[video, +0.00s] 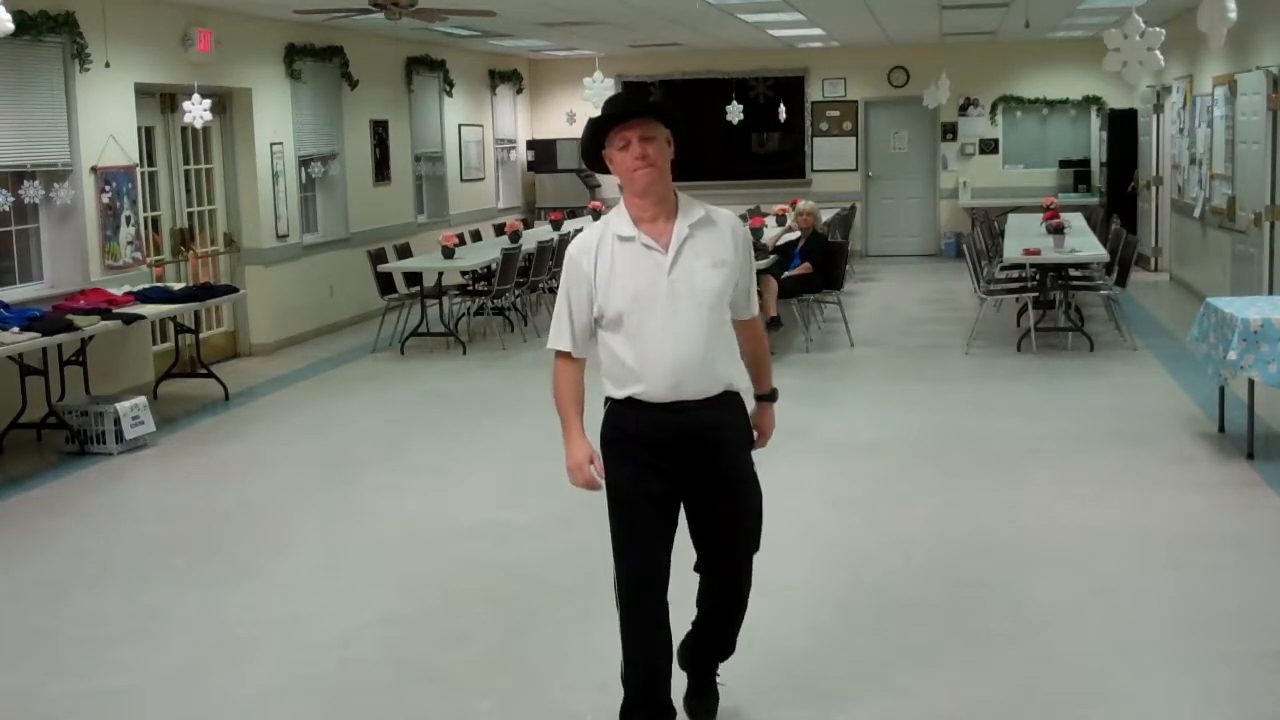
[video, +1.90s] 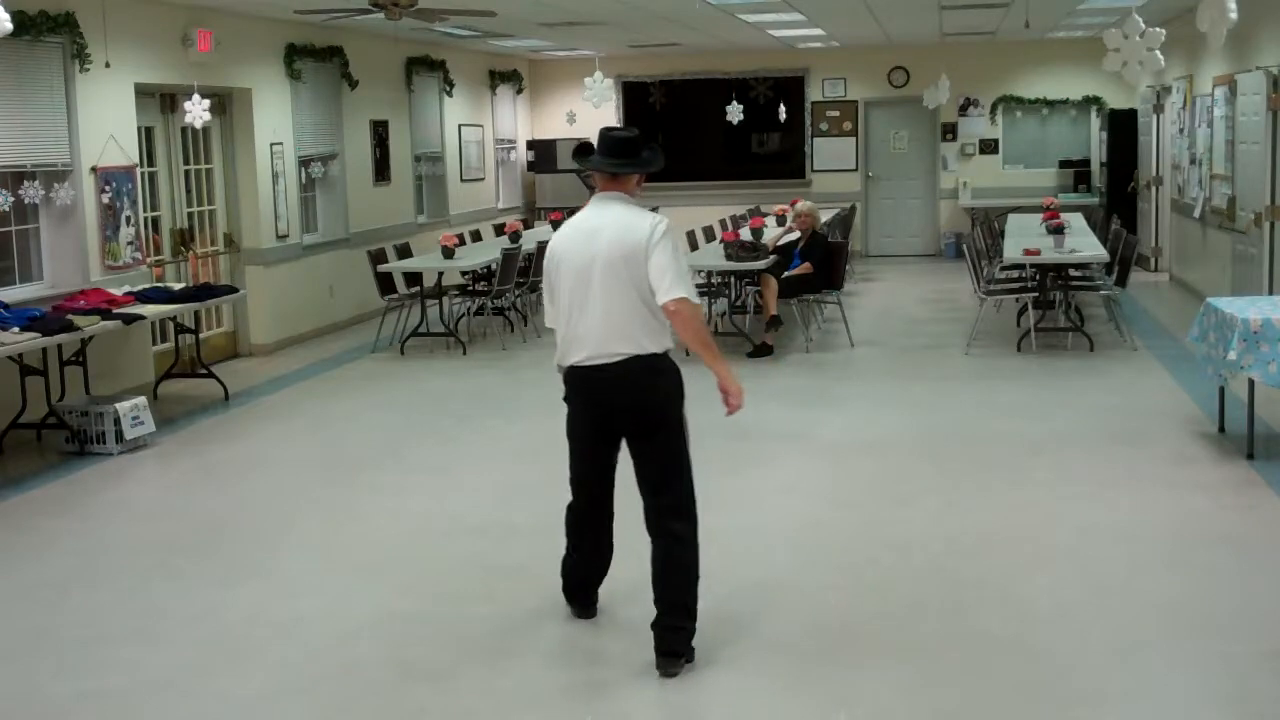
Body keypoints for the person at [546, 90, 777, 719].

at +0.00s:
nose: (639, 150)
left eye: (648, 138)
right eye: (624, 144)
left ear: (671, 149)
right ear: (609, 165)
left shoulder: (726, 230)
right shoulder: (589, 247)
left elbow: (747, 318)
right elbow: (568, 351)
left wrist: (764, 394)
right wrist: (574, 435)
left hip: (718, 425)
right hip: (636, 430)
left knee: (732, 569)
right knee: (640, 585)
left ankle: (702, 661)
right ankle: (645, 713)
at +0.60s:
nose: (638, 171)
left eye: (644, 156)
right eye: (636, 159)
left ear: (678, 151)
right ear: (676, 155)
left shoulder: (747, 232)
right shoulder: (674, 229)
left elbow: (808, 327)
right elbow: (660, 328)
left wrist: (816, 429)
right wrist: (632, 405)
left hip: (740, 426)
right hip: (679, 422)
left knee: (755, 569)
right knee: (650, 552)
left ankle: (778, 699)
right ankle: (680, 680)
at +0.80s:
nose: (650, 175)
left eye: (650, 162)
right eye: (650, 163)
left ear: (667, 156)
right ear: (698, 157)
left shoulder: (712, 229)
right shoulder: (704, 222)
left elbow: (738, 330)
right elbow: (724, 329)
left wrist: (744, 424)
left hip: (721, 419)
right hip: (700, 414)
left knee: (739, 561)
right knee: (690, 537)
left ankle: (776, 703)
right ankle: (729, 672)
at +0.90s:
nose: (650, 169)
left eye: (651, 157)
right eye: (652, 157)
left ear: (664, 156)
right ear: (706, 156)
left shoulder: (696, 225)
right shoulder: (730, 218)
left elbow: (697, 330)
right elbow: (760, 305)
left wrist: (682, 421)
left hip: (706, 409)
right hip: (738, 401)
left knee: (723, 557)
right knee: (729, 549)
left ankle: (773, 699)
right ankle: (736, 671)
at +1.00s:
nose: (650, 165)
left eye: (648, 155)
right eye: (652, 155)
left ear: (656, 154)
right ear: (708, 155)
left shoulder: (671, 226)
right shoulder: (741, 221)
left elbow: (654, 331)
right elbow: (763, 322)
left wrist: (619, 422)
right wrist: (765, 392)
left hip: (688, 406)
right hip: (743, 398)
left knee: (692, 544)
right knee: (737, 536)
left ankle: (737, 688)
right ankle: (733, 668)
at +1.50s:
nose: (644, 168)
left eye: (629, 160)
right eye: (661, 157)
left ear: (623, 163)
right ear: (675, 161)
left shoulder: (596, 234)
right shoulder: (715, 225)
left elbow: (586, 332)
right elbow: (751, 310)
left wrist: (623, 361)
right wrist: (787, 385)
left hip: (630, 394)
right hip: (702, 389)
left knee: (620, 507)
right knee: (695, 510)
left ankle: (667, 626)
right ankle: (679, 639)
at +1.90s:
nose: (646, 183)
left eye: (643, 177)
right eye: (644, 177)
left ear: (594, 177)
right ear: (637, 178)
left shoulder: (561, 238)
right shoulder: (650, 227)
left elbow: (556, 321)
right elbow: (676, 307)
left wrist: (578, 378)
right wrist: (721, 370)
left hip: (585, 384)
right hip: (649, 380)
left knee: (589, 496)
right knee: (670, 508)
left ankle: (580, 593)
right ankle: (673, 646)